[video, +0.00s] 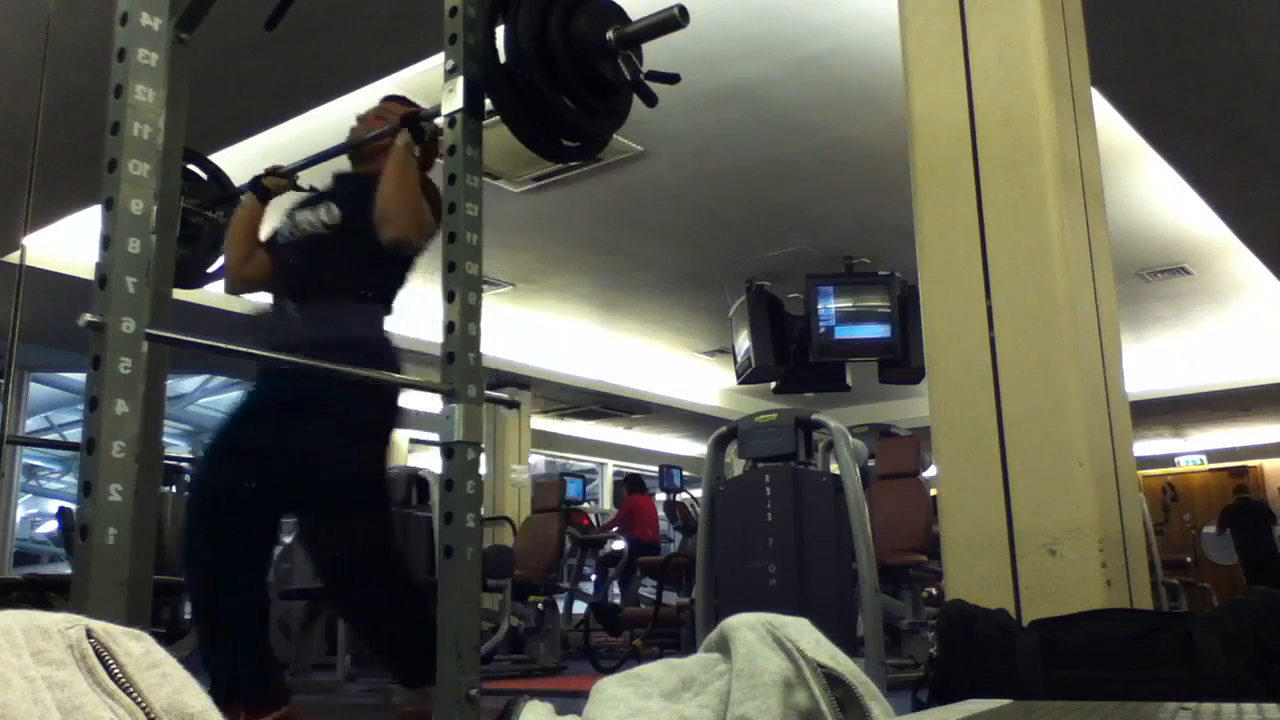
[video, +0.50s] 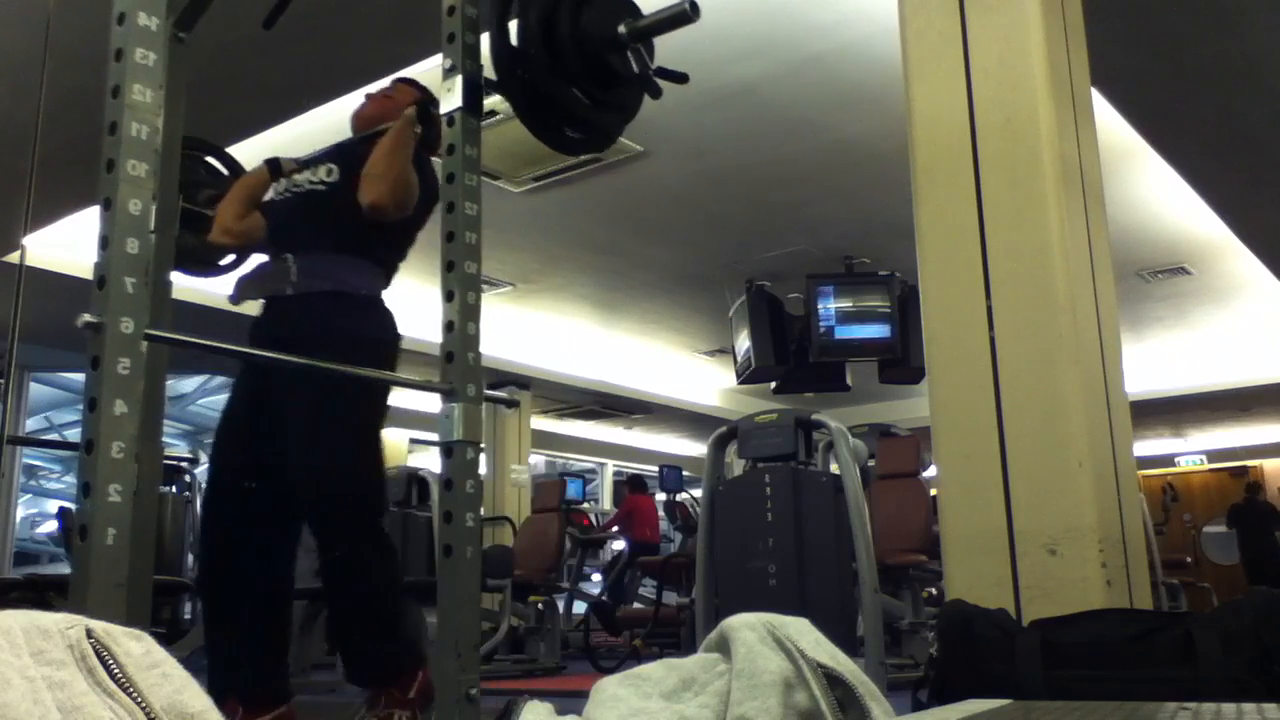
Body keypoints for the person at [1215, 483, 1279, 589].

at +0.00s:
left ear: (1234, 495)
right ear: (1248, 493)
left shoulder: (1229, 509)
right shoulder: (1261, 505)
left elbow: (1219, 531)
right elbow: (1274, 521)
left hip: (1246, 553)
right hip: (1268, 550)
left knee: (1253, 582)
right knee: (1273, 581)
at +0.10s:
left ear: (1234, 495)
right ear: (1248, 493)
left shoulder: (1229, 509)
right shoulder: (1261, 505)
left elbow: (1220, 531)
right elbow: (1275, 520)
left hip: (1245, 553)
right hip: (1268, 550)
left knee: (1253, 582)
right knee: (1273, 581)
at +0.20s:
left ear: (1235, 493)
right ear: (1249, 492)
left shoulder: (1229, 509)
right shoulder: (1261, 505)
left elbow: (1222, 531)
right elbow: (1275, 521)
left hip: (1245, 552)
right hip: (1267, 550)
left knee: (1253, 582)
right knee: (1272, 580)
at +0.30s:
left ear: (1238, 492)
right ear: (1253, 492)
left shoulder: (1230, 509)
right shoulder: (1262, 505)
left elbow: (1225, 531)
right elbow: (1275, 523)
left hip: (1245, 553)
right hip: (1268, 551)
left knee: (1253, 583)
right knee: (1272, 582)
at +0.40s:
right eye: (1254, 491)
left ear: (1241, 492)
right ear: (1255, 492)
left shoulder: (1232, 509)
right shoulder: (1264, 506)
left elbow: (1227, 530)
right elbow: (1276, 523)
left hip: (1246, 553)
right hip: (1268, 551)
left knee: (1253, 582)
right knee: (1272, 581)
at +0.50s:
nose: (1262, 493)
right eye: (1261, 491)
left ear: (1245, 492)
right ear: (1259, 492)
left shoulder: (1236, 508)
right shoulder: (1267, 506)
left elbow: (1230, 525)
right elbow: (1277, 524)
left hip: (1247, 552)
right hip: (1269, 551)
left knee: (1253, 581)